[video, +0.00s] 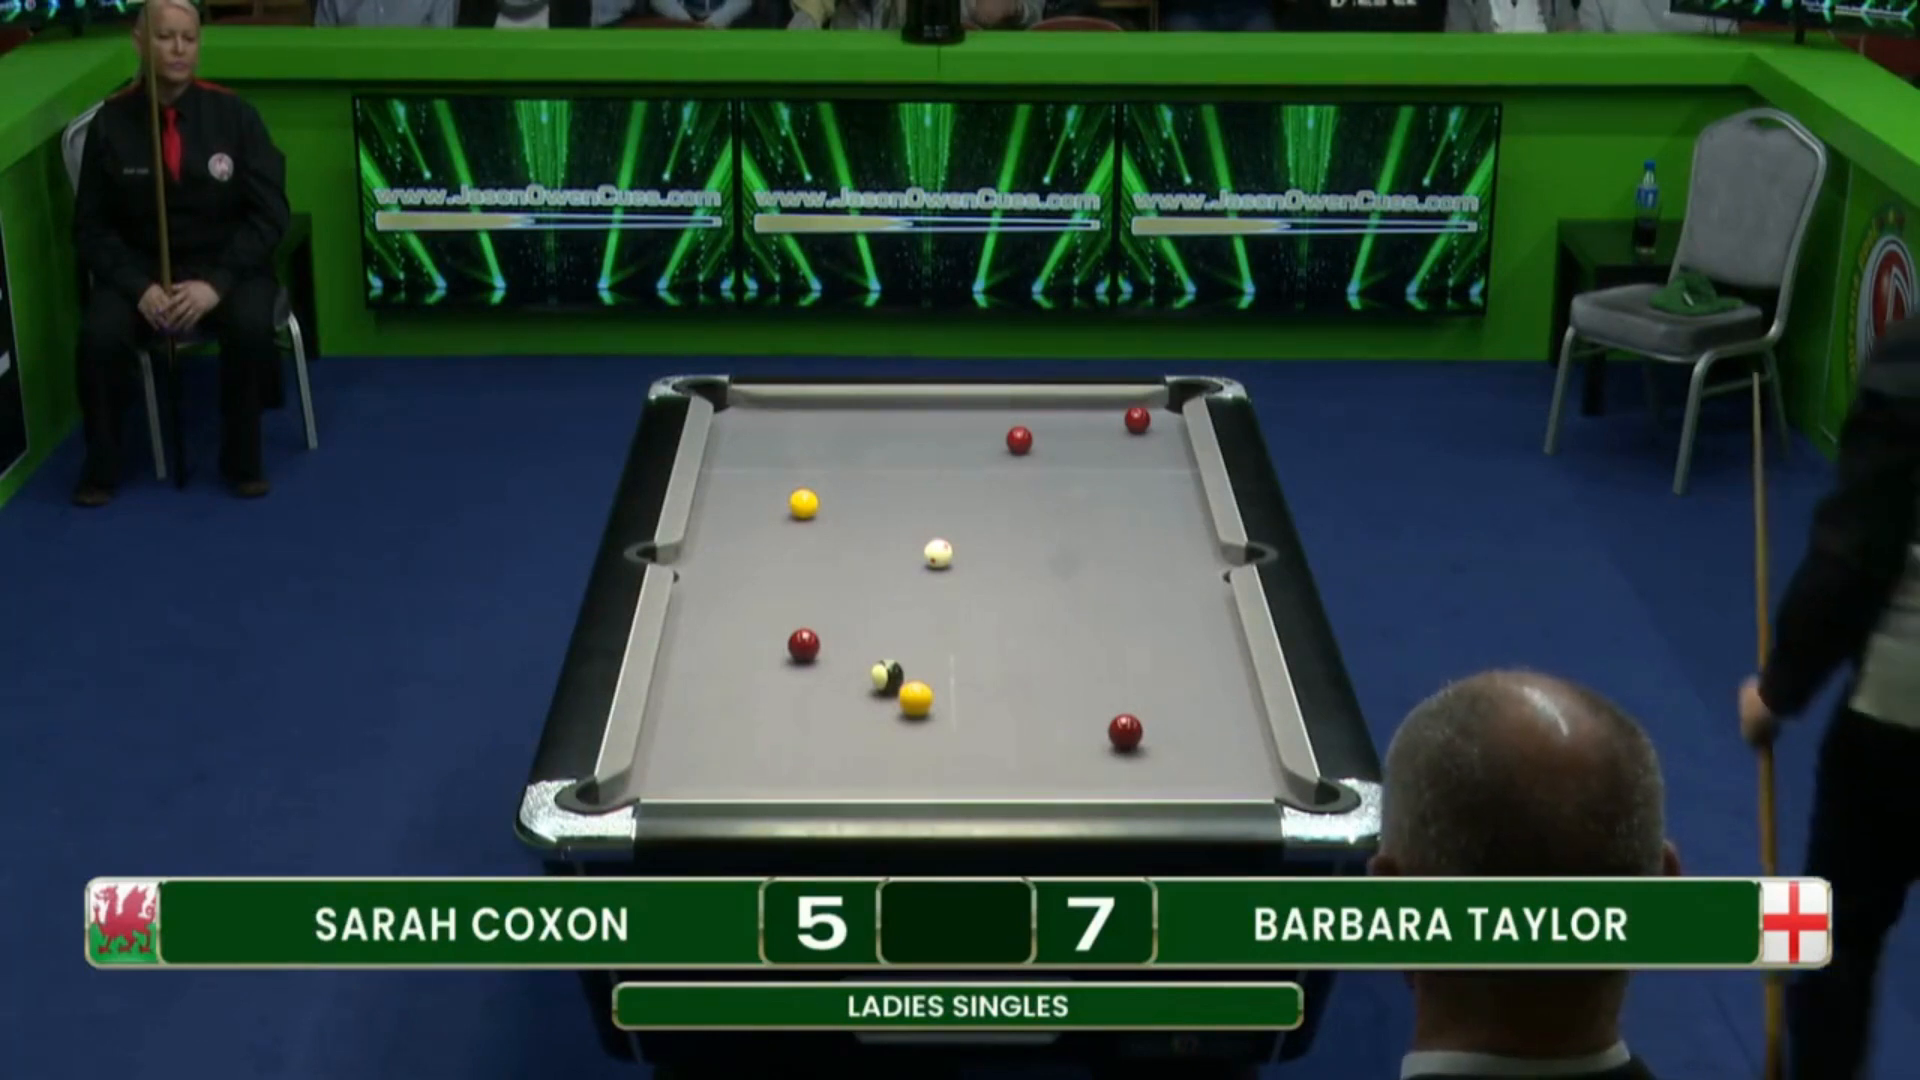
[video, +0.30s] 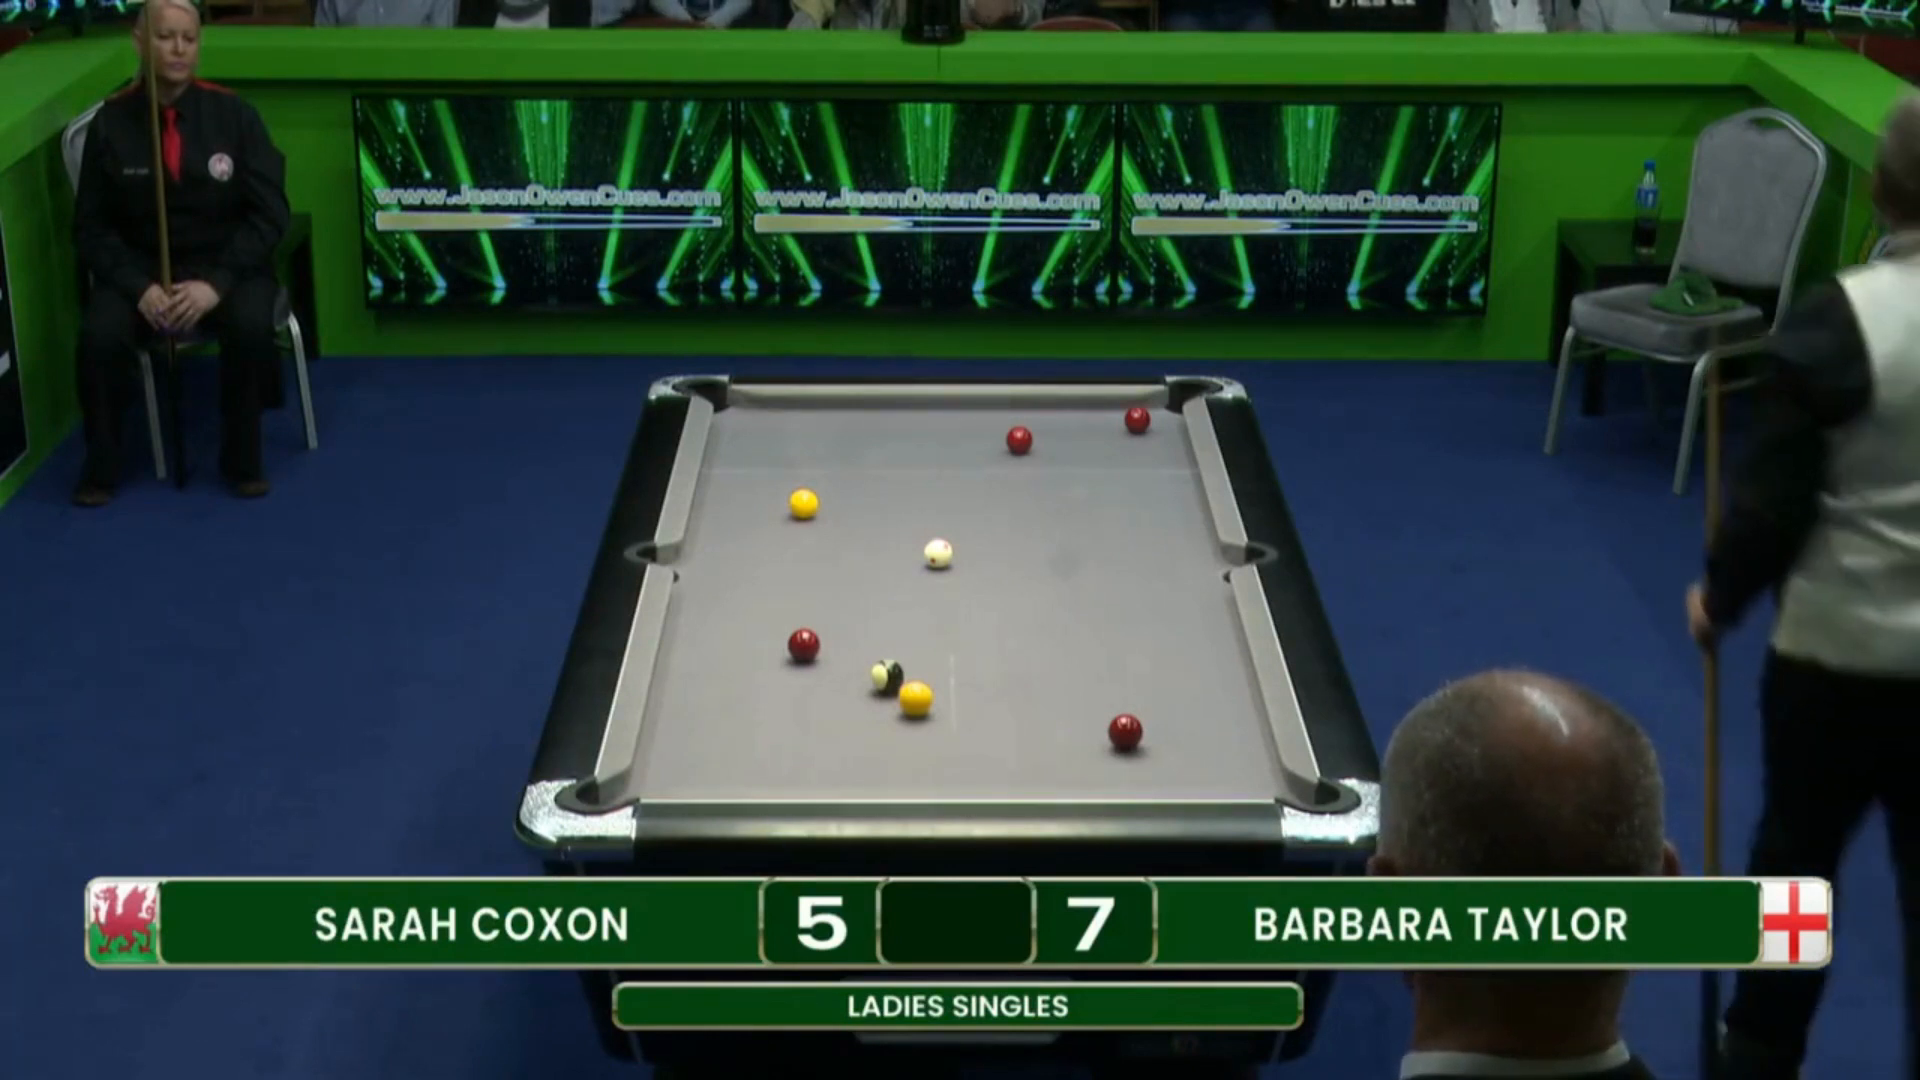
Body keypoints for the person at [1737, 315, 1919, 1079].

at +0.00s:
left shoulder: (1905, 373)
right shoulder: (1900, 372)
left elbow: (1857, 547)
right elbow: (1858, 546)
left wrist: (1778, 688)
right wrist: (1783, 683)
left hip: (1900, 711)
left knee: (1840, 933)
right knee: (1841, 933)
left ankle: (1821, 1062)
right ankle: (1826, 1057)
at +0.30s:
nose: (1870, 182)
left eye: (1876, 168)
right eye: (1879, 168)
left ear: (1887, 188)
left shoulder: (1844, 318)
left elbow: (1773, 489)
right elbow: (1778, 484)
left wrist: (1721, 595)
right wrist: (1726, 590)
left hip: (1843, 652)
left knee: (1794, 861)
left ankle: (1761, 1051)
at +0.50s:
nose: (1821, 149)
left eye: (1825, 135)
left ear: (1836, 149)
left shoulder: (1792, 269)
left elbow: (1725, 440)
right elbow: (1729, 436)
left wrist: (1674, 513)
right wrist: (1682, 504)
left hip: (1790, 602)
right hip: (1911, 605)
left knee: (1768, 824)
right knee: (1897, 831)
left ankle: (1762, 1037)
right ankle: (1903, 1036)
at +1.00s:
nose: (1749, 124)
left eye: (1762, 105)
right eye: (1750, 104)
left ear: (1826, 106)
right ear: (1849, 104)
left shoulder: (1779, 215)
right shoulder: (1912, 183)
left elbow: (1721, 381)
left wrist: (1640, 467)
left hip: (1774, 518)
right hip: (1884, 513)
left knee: (1720, 711)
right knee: (1809, 694)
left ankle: (1760, 949)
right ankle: (1796, 914)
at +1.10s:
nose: (1744, 111)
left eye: (1758, 92)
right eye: (1744, 91)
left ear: (1828, 95)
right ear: (1839, 95)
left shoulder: (1780, 206)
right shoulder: (1907, 171)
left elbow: (1726, 373)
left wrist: (1641, 463)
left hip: (1767, 502)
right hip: (1879, 499)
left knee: (1696, 681)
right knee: (1807, 682)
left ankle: (1749, 902)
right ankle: (1794, 898)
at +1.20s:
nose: (1736, 94)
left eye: (1752, 77)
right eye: (1736, 73)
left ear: (1822, 81)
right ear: (1829, 84)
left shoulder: (1775, 191)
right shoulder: (1902, 164)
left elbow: (1735, 357)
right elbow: (1906, 334)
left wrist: (1644, 457)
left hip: (1761, 480)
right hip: (1864, 476)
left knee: (1673, 652)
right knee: (1804, 672)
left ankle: (1708, 862)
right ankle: (1789, 877)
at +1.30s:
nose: (1727, 90)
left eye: (1744, 75)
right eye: (1727, 71)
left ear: (1811, 78)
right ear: (1815, 81)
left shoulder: (1771, 187)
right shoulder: (1887, 158)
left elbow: (1738, 348)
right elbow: (1902, 325)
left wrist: (1643, 456)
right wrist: (1869, 402)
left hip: (1751, 474)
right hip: (1852, 467)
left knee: (1673, 664)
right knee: (1797, 672)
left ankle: (1674, 860)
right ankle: (1786, 877)